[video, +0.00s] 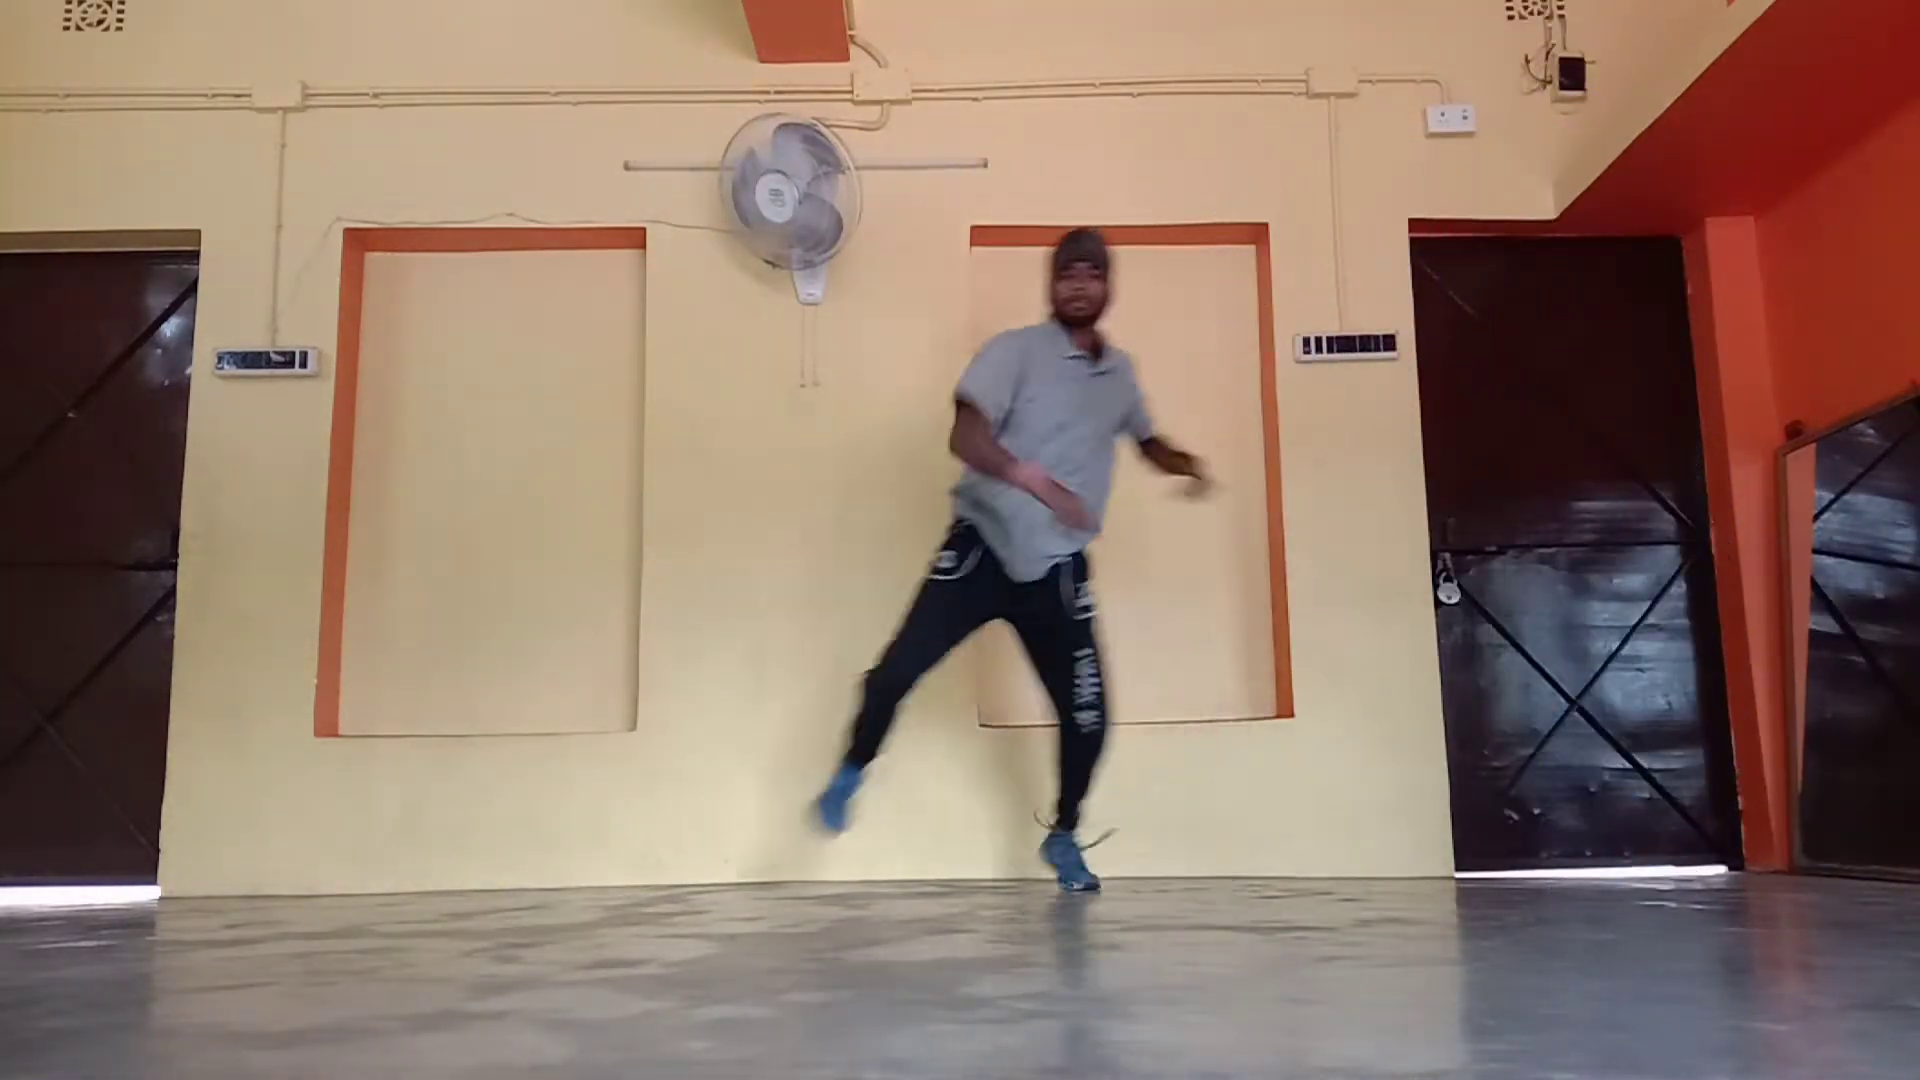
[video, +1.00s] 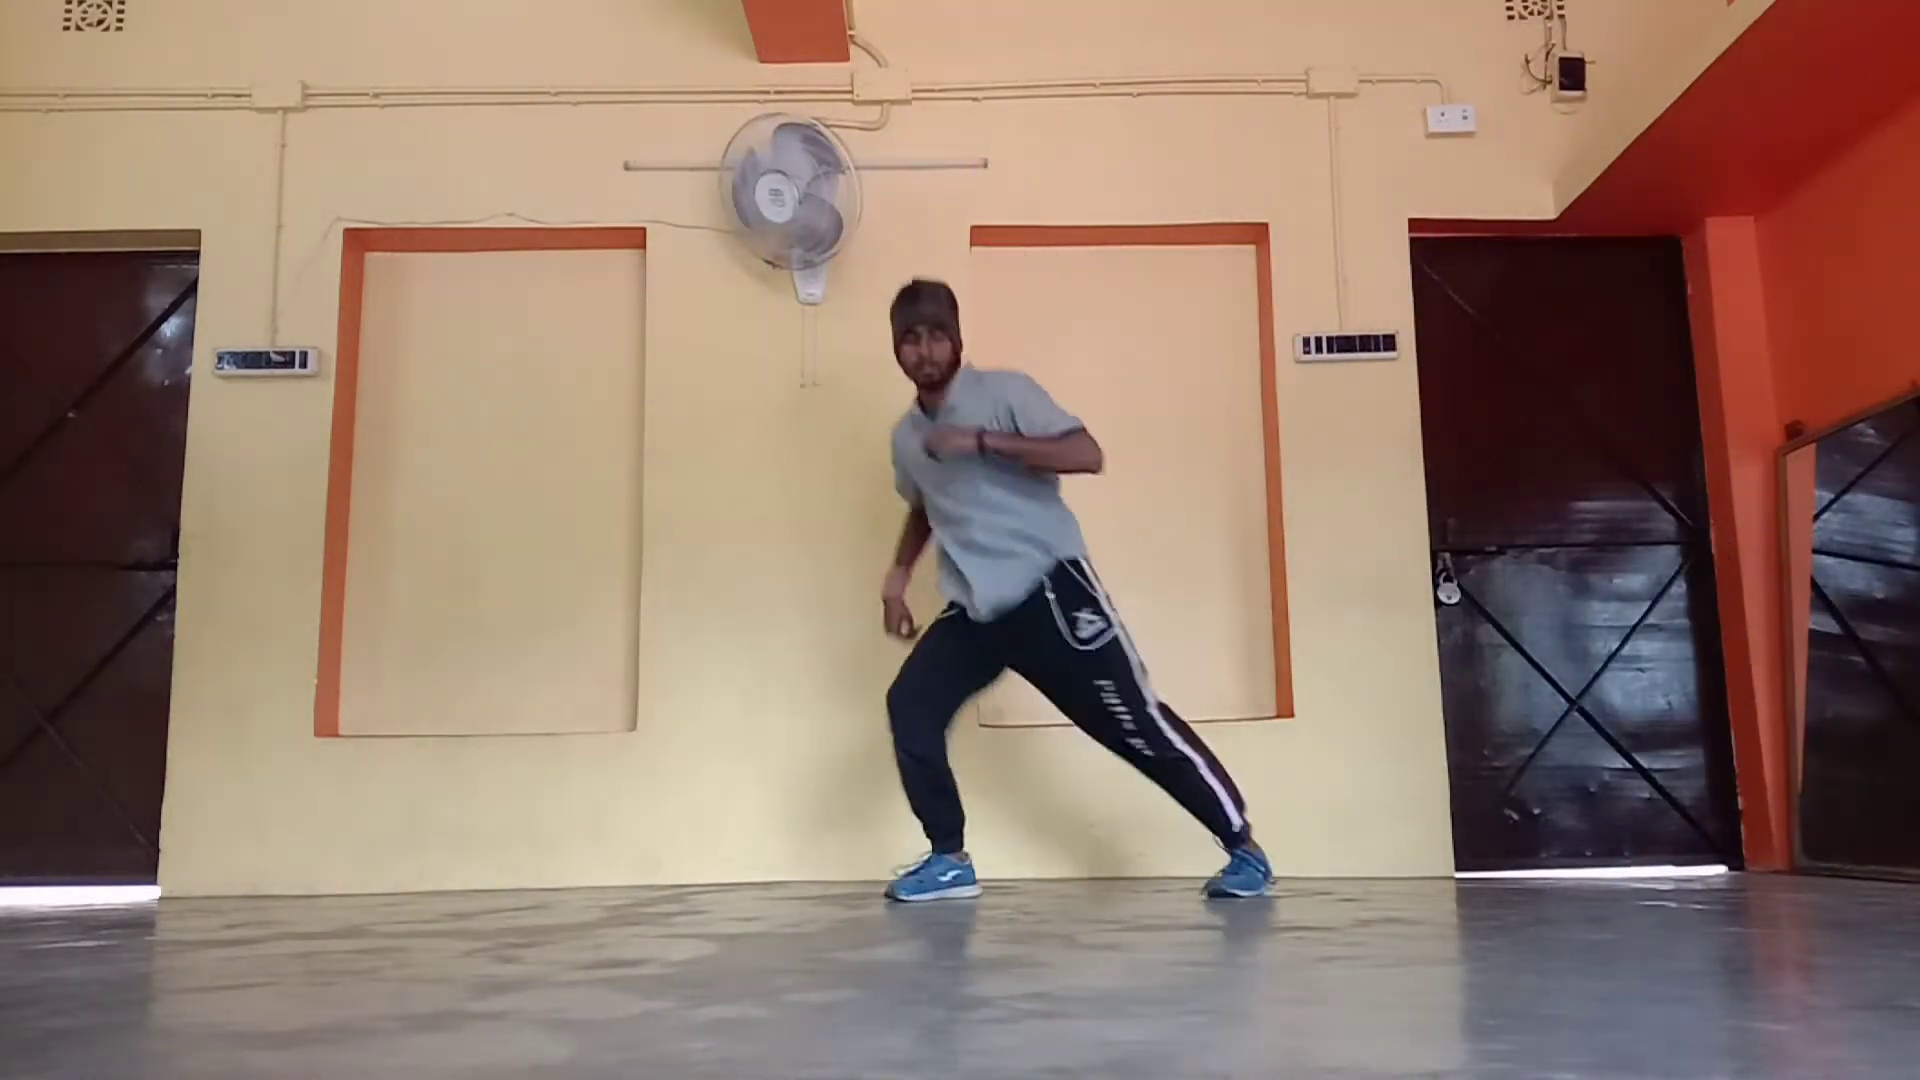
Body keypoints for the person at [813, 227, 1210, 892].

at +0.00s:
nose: (1079, 286)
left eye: (1092, 276)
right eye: (1068, 275)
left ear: (1109, 288)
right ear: (1051, 285)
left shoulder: (1116, 371)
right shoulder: (1013, 352)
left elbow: (1147, 441)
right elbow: (967, 440)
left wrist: (1183, 463)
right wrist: (1037, 481)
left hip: (1059, 566)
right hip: (982, 547)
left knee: (1087, 710)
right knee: (893, 673)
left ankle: (1063, 835)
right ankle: (852, 770)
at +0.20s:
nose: (943, 330)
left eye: (959, 321)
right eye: (933, 318)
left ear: (977, 336)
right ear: (917, 329)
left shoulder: (986, 422)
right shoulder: (876, 402)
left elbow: (962, 521)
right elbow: (869, 522)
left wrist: (891, 493)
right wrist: (956, 558)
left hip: (935, 600)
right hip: (854, 593)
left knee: (1008, 725)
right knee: (798, 729)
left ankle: (994, 816)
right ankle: (746, 858)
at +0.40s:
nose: (874, 266)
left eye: (889, 255)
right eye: (864, 256)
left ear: (914, 269)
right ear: (850, 269)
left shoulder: (954, 353)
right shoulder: (816, 346)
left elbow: (1012, 456)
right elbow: (737, 407)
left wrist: (1073, 539)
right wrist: (644, 449)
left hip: (902, 540)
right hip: (827, 538)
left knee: (832, 680)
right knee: (775, 681)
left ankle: (791, 834)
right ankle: (781, 813)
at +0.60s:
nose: (861, 276)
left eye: (875, 267)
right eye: (851, 268)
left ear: (901, 284)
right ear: (838, 288)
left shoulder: (940, 355)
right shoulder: (825, 374)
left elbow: (1025, 425)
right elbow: (751, 419)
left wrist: (1107, 489)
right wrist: (655, 441)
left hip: (899, 548)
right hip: (830, 556)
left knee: (814, 697)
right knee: (783, 700)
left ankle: (761, 855)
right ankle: (879, 782)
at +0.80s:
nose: (898, 277)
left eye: (909, 267)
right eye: (886, 269)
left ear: (930, 282)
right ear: (869, 286)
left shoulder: (974, 350)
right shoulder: (858, 383)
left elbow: (1028, 449)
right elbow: (843, 484)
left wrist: (989, 524)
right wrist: (824, 568)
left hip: (973, 542)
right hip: (902, 558)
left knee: (960, 648)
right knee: (880, 700)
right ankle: (916, 851)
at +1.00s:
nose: (924, 351)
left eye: (935, 335)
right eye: (910, 338)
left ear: (957, 339)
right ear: (895, 349)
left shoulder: (1006, 393)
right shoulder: (907, 438)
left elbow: (1087, 455)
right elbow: (924, 506)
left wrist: (983, 442)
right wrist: (898, 574)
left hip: (1051, 591)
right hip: (977, 613)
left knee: (1132, 720)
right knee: (912, 704)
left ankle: (1244, 850)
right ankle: (949, 858)